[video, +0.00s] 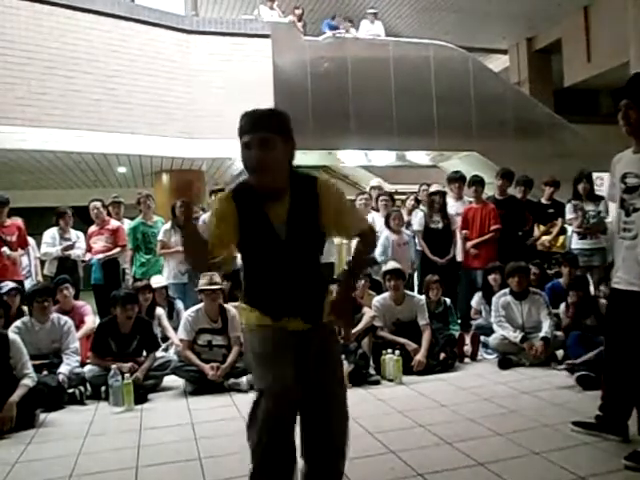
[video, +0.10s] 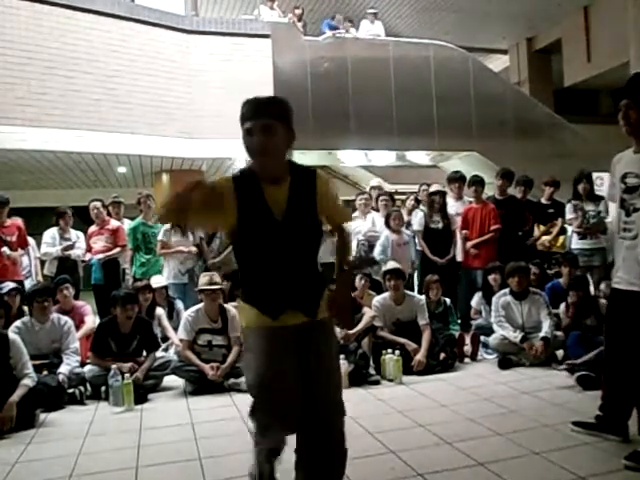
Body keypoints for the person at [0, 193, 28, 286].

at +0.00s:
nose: (2, 211)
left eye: (4, 208)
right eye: (1, 208)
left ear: (8, 208)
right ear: (1, 209)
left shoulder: (17, 225)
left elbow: (24, 247)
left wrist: (16, 254)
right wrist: (8, 253)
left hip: (15, 276)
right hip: (3, 276)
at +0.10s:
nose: (2, 211)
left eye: (4, 208)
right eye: (1, 208)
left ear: (8, 208)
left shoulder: (17, 225)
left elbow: (24, 247)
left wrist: (16, 254)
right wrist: (8, 253)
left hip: (14, 276)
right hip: (3, 276)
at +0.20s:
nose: (2, 212)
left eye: (4, 209)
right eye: (1, 209)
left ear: (7, 209)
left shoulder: (17, 225)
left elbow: (24, 247)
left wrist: (16, 255)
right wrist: (7, 254)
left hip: (14, 275)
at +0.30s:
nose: (2, 213)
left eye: (3, 210)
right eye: (1, 210)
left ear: (7, 209)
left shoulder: (17, 225)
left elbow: (23, 247)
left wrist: (16, 255)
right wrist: (7, 254)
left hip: (14, 276)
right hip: (3, 276)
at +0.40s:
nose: (2, 213)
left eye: (4, 209)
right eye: (1, 209)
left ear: (8, 209)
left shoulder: (18, 225)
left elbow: (24, 247)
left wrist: (16, 255)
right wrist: (6, 254)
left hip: (13, 276)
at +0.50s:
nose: (2, 213)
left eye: (4, 210)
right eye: (1, 210)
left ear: (8, 209)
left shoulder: (17, 225)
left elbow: (23, 247)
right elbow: (3, 248)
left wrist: (17, 255)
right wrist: (7, 254)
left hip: (14, 275)